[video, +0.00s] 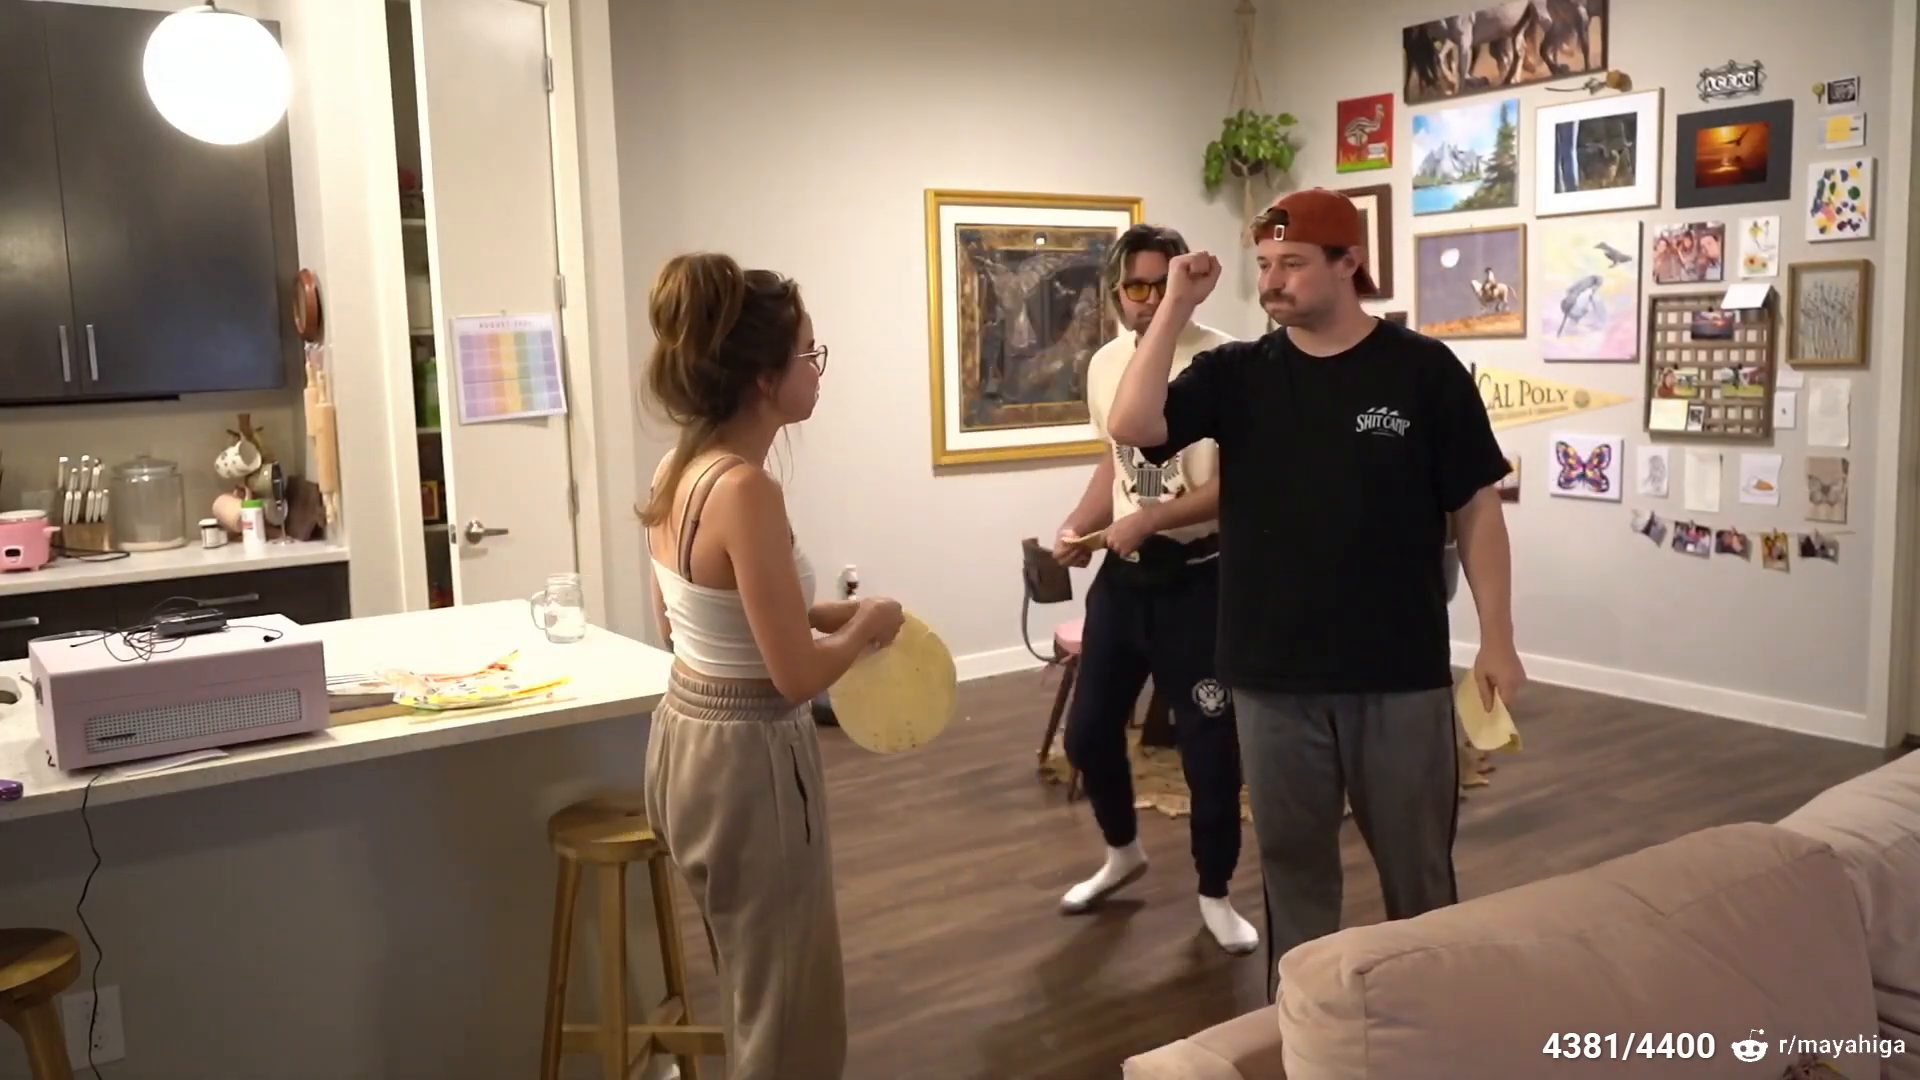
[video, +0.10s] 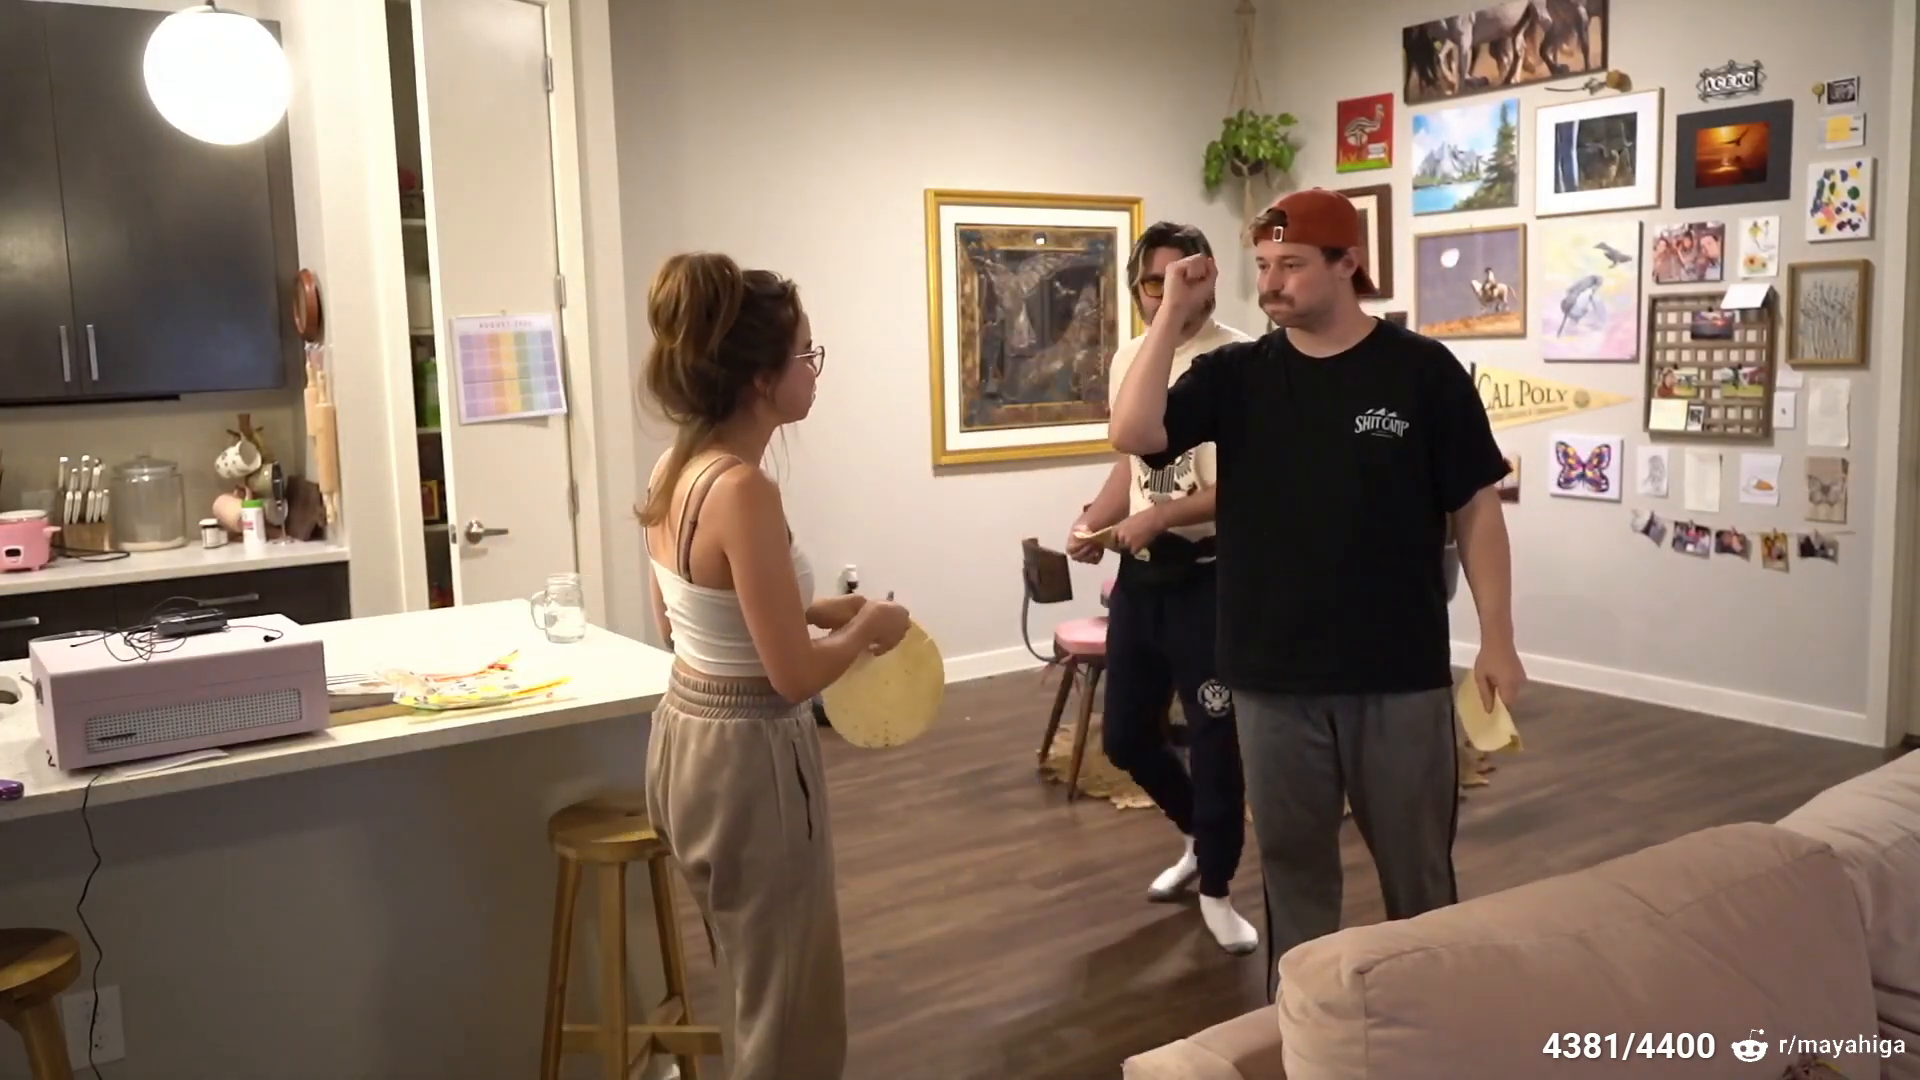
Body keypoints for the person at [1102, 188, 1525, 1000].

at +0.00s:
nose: (1272, 278)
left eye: (1291, 261)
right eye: (1265, 264)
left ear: (1348, 266)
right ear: (1259, 275)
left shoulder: (1425, 370)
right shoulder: (1239, 373)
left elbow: (1479, 512)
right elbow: (1130, 424)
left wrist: (1497, 641)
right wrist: (1175, 304)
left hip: (1400, 679)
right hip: (1271, 682)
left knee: (1419, 881)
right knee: (1293, 882)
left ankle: (1440, 1036)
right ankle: (1302, 1038)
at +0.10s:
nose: (1270, 281)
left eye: (1289, 264)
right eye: (1264, 266)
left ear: (1346, 267)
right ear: (1257, 272)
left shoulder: (1424, 370)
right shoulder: (1239, 375)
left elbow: (1477, 510)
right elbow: (1132, 432)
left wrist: (1497, 639)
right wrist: (1170, 319)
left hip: (1400, 679)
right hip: (1272, 682)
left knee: (1418, 880)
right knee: (1293, 882)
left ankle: (1439, 1037)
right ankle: (1302, 1040)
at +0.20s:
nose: (1271, 285)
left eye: (1290, 267)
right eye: (1265, 269)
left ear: (1347, 270)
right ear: (1259, 276)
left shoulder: (1424, 371)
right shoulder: (1238, 376)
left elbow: (1477, 512)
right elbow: (1138, 450)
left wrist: (1496, 642)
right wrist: (1159, 332)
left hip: (1400, 682)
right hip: (1272, 685)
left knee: (1418, 885)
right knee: (1295, 887)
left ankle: (1439, 1040)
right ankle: (1303, 1043)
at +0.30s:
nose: (1269, 282)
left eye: (1289, 265)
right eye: (1264, 267)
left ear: (1346, 269)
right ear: (1258, 275)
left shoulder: (1424, 372)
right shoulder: (1238, 378)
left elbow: (1476, 513)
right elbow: (1137, 460)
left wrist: (1494, 642)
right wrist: (1153, 340)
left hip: (1400, 679)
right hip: (1273, 683)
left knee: (1418, 883)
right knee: (1294, 885)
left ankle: (1440, 1038)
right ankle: (1303, 1041)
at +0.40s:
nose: (1269, 275)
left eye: (1289, 259)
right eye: (1263, 262)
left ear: (1344, 266)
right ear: (1256, 274)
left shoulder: (1422, 371)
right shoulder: (1235, 376)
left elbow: (1476, 511)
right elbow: (1136, 453)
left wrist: (1494, 641)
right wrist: (1168, 332)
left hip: (1400, 679)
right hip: (1273, 683)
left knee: (1418, 882)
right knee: (1294, 884)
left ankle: (1438, 1039)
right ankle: (1302, 1041)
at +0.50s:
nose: (1269, 279)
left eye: (1288, 262)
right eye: (1262, 265)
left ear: (1345, 268)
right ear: (1256, 274)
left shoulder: (1422, 372)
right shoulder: (1236, 376)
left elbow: (1475, 512)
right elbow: (1139, 453)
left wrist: (1496, 642)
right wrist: (1175, 334)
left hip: (1400, 679)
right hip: (1272, 684)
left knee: (1418, 881)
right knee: (1293, 884)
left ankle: (1438, 1038)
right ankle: (1305, 1042)